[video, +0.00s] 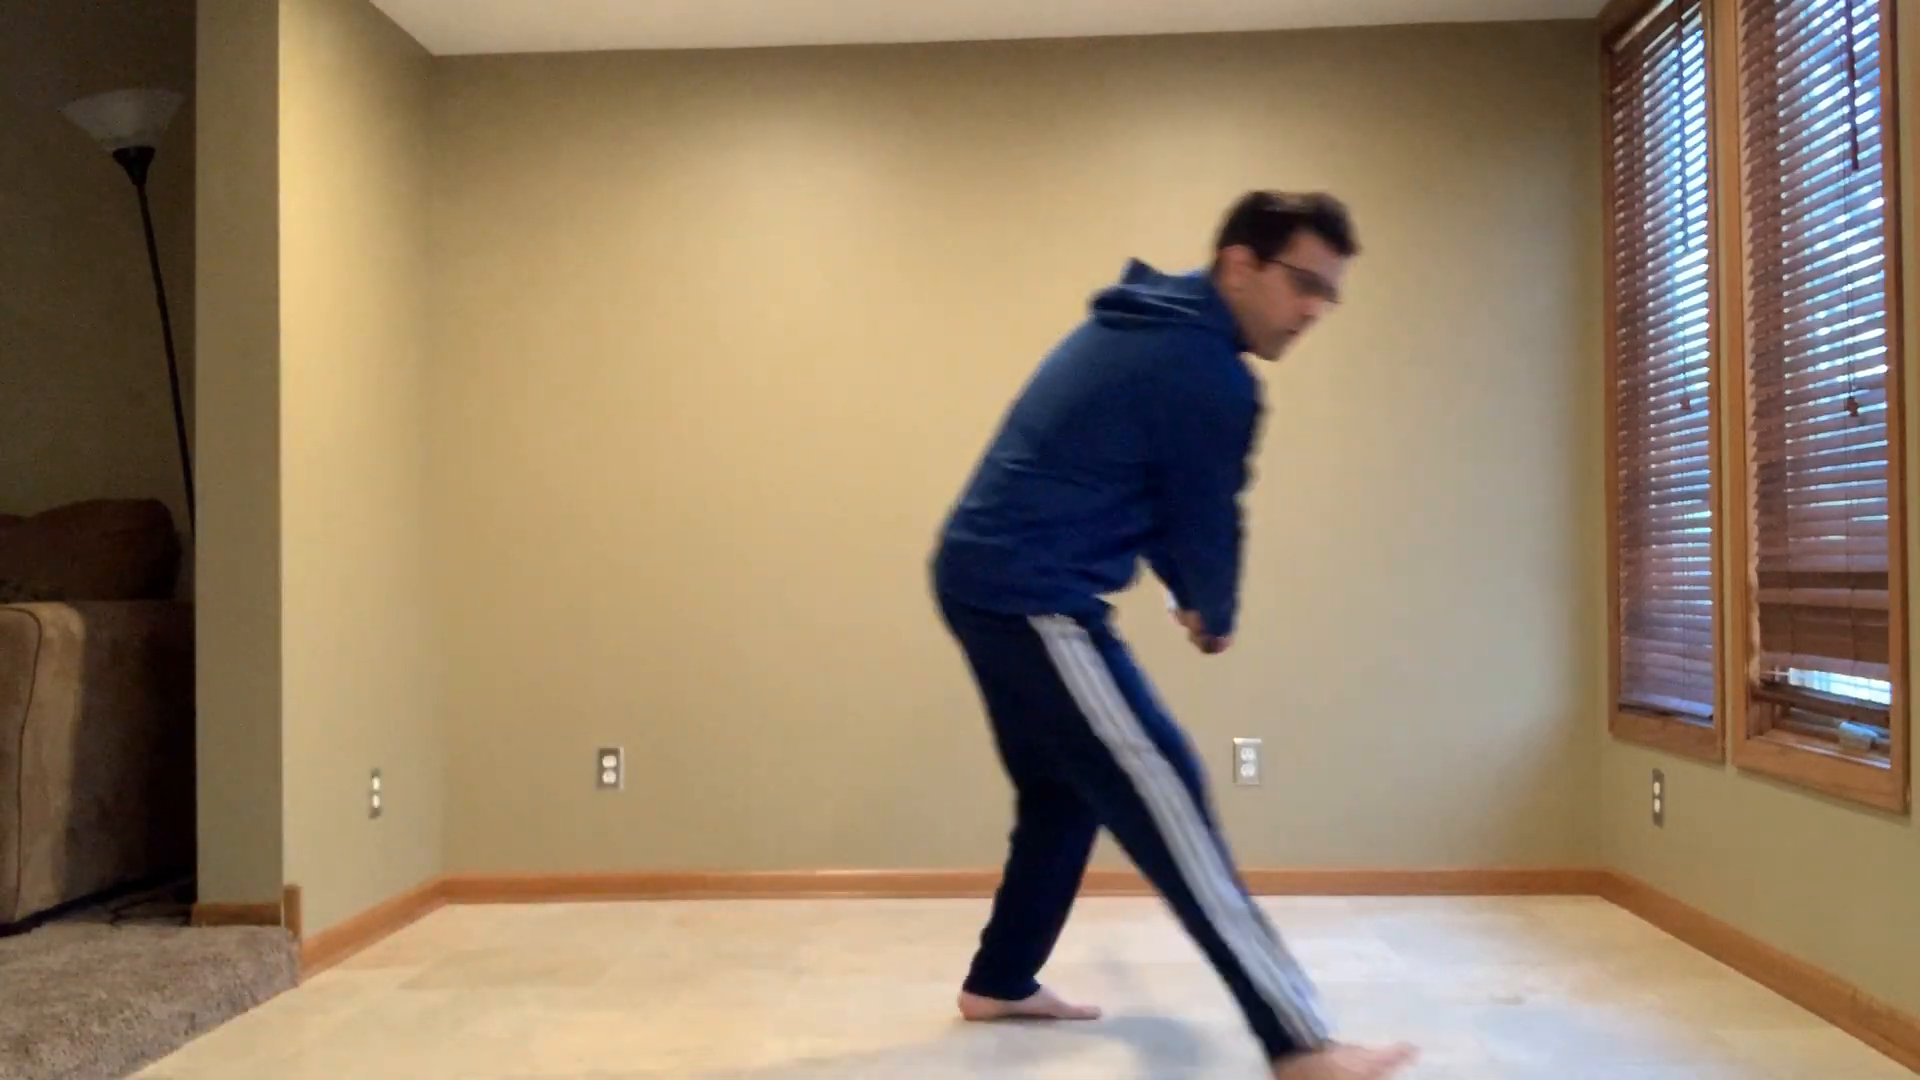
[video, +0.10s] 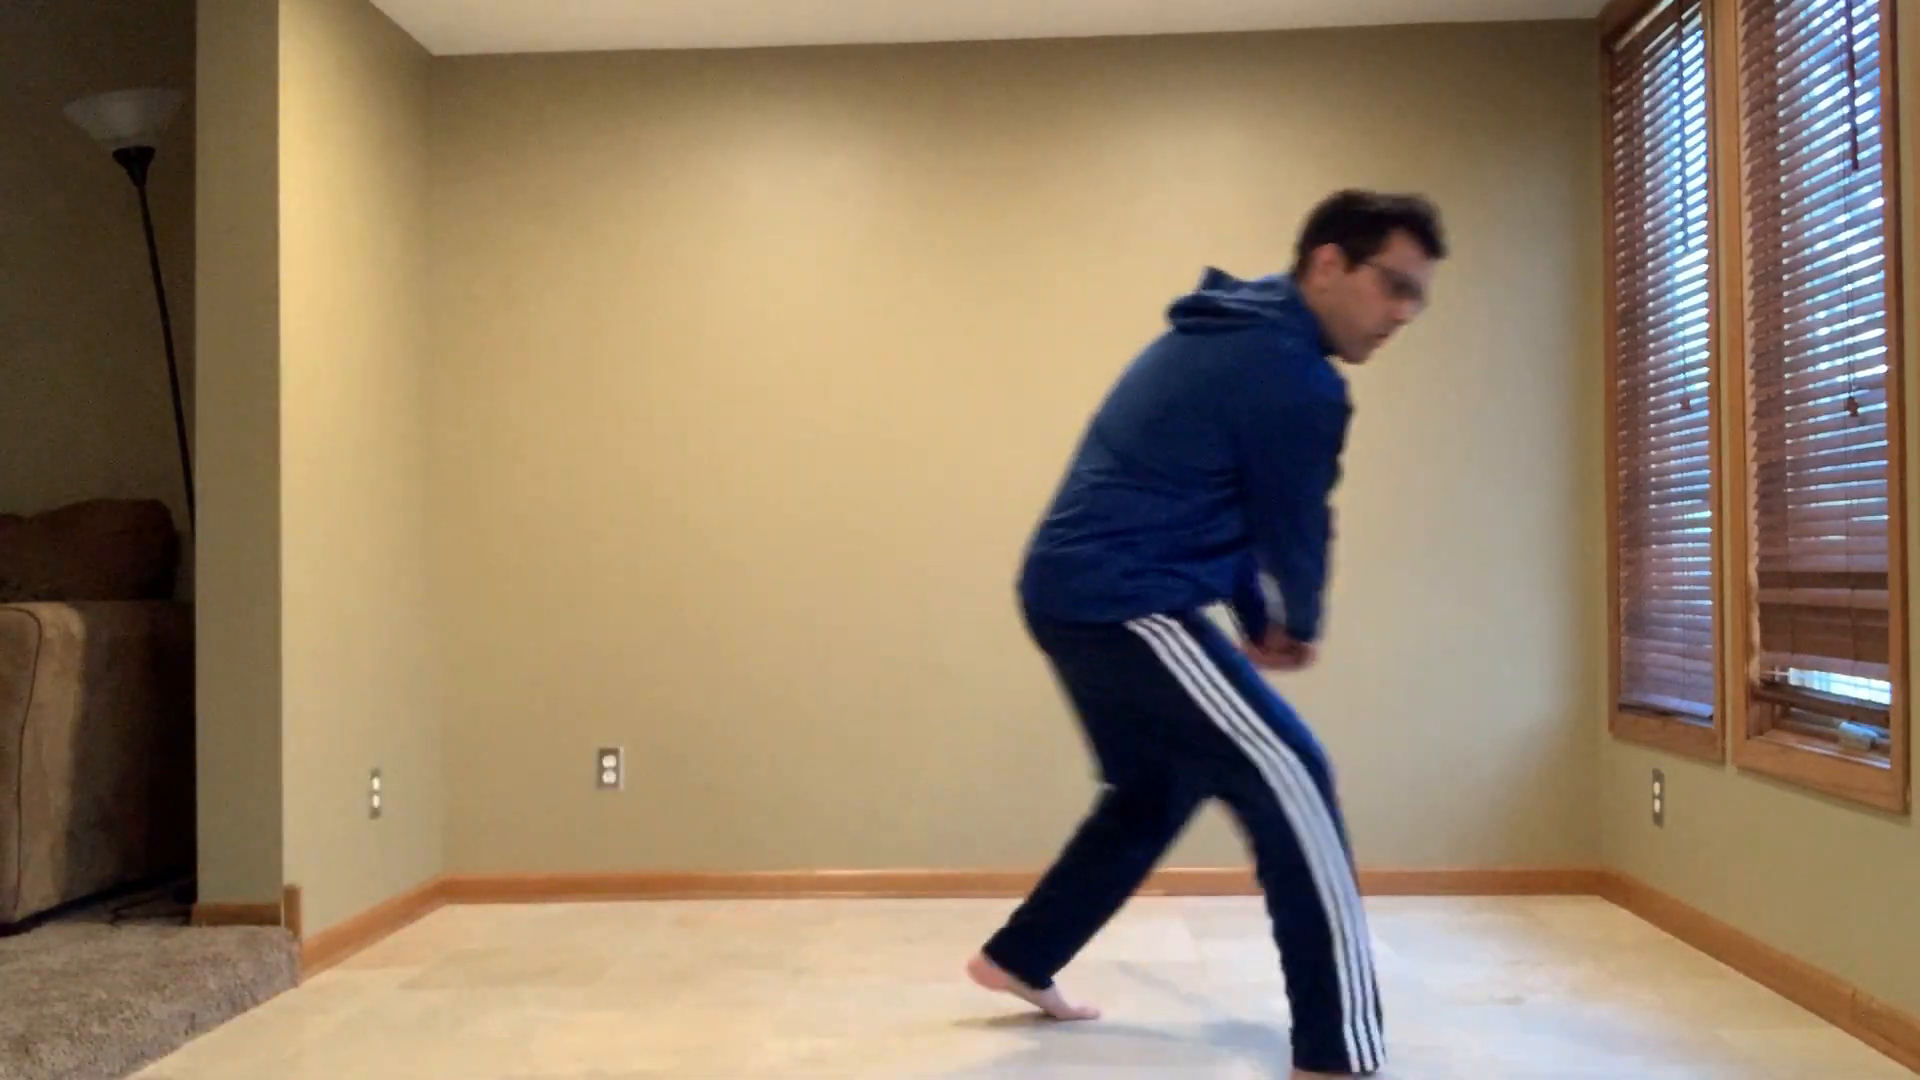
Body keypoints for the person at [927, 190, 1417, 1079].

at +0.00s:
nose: (1317, 312)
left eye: (1328, 294)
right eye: (1305, 285)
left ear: (1232, 271)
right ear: (1237, 264)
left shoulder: (1147, 316)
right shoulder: (1207, 375)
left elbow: (1139, 477)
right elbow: (1204, 520)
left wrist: (1187, 583)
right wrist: (1211, 611)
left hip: (988, 576)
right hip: (1036, 593)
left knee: (1061, 792)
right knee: (1158, 784)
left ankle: (1000, 983)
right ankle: (1296, 1044)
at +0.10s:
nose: (1405, 314)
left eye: (1416, 298)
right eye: (1395, 287)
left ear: (1318, 272)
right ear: (1326, 264)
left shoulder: (1226, 327)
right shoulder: (1298, 379)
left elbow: (1209, 500)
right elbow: (1293, 533)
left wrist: (1260, 614)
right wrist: (1296, 630)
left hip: (1071, 589)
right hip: (1134, 598)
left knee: (1158, 783)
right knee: (1288, 774)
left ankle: (1019, 957)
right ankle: (1339, 1052)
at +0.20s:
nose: (1469, 293)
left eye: (1482, 278)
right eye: (1463, 265)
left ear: (1402, 248)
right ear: (1395, 235)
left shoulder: (1389, 348)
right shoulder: (1294, 324)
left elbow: (1385, 497)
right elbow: (1332, 508)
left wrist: (1415, 640)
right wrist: (1421, 639)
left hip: (1219, 588)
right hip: (1172, 583)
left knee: (1235, 809)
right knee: (1335, 780)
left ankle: (1060, 937)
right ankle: (1340, 1057)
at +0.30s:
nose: (1525, 262)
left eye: (1538, 246)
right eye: (1517, 233)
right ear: (1447, 205)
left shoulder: (1481, 333)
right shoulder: (1318, 294)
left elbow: (1500, 425)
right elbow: (1294, 463)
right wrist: (1434, 512)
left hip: (1313, 596)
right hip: (1232, 578)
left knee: (1324, 818)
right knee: (1374, 790)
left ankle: (1135, 909)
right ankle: (1338, 1062)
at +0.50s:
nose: (1616, 186)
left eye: (1634, 169)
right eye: (1601, 154)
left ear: (1636, 182)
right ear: (1532, 139)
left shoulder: (1602, 255)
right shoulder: (1418, 217)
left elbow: (1532, 313)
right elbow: (1315, 329)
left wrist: (1423, 193)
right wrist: (1369, 182)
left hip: (1470, 555)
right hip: (1357, 541)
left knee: (1566, 758)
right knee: (1408, 783)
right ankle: (1349, 1057)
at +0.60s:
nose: (1637, 175)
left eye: (1654, 159)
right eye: (1620, 148)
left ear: (1660, 170)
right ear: (1553, 139)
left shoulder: (1643, 252)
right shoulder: (1458, 229)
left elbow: (1588, 329)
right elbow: (1309, 345)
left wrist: (1459, 220)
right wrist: (1397, 227)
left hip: (1543, 550)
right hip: (1423, 542)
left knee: (1649, 763)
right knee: (1439, 776)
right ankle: (1360, 1053)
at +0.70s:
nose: (1651, 184)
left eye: (1667, 166)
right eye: (1631, 160)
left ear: (1677, 177)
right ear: (1565, 165)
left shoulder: (1680, 279)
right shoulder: (1493, 271)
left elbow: (1633, 379)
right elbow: (1336, 404)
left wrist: (1498, 301)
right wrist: (1416, 340)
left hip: (1605, 575)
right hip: (1475, 566)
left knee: (1714, 778)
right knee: (1486, 778)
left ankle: (1760, 998)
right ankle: (1389, 1050)